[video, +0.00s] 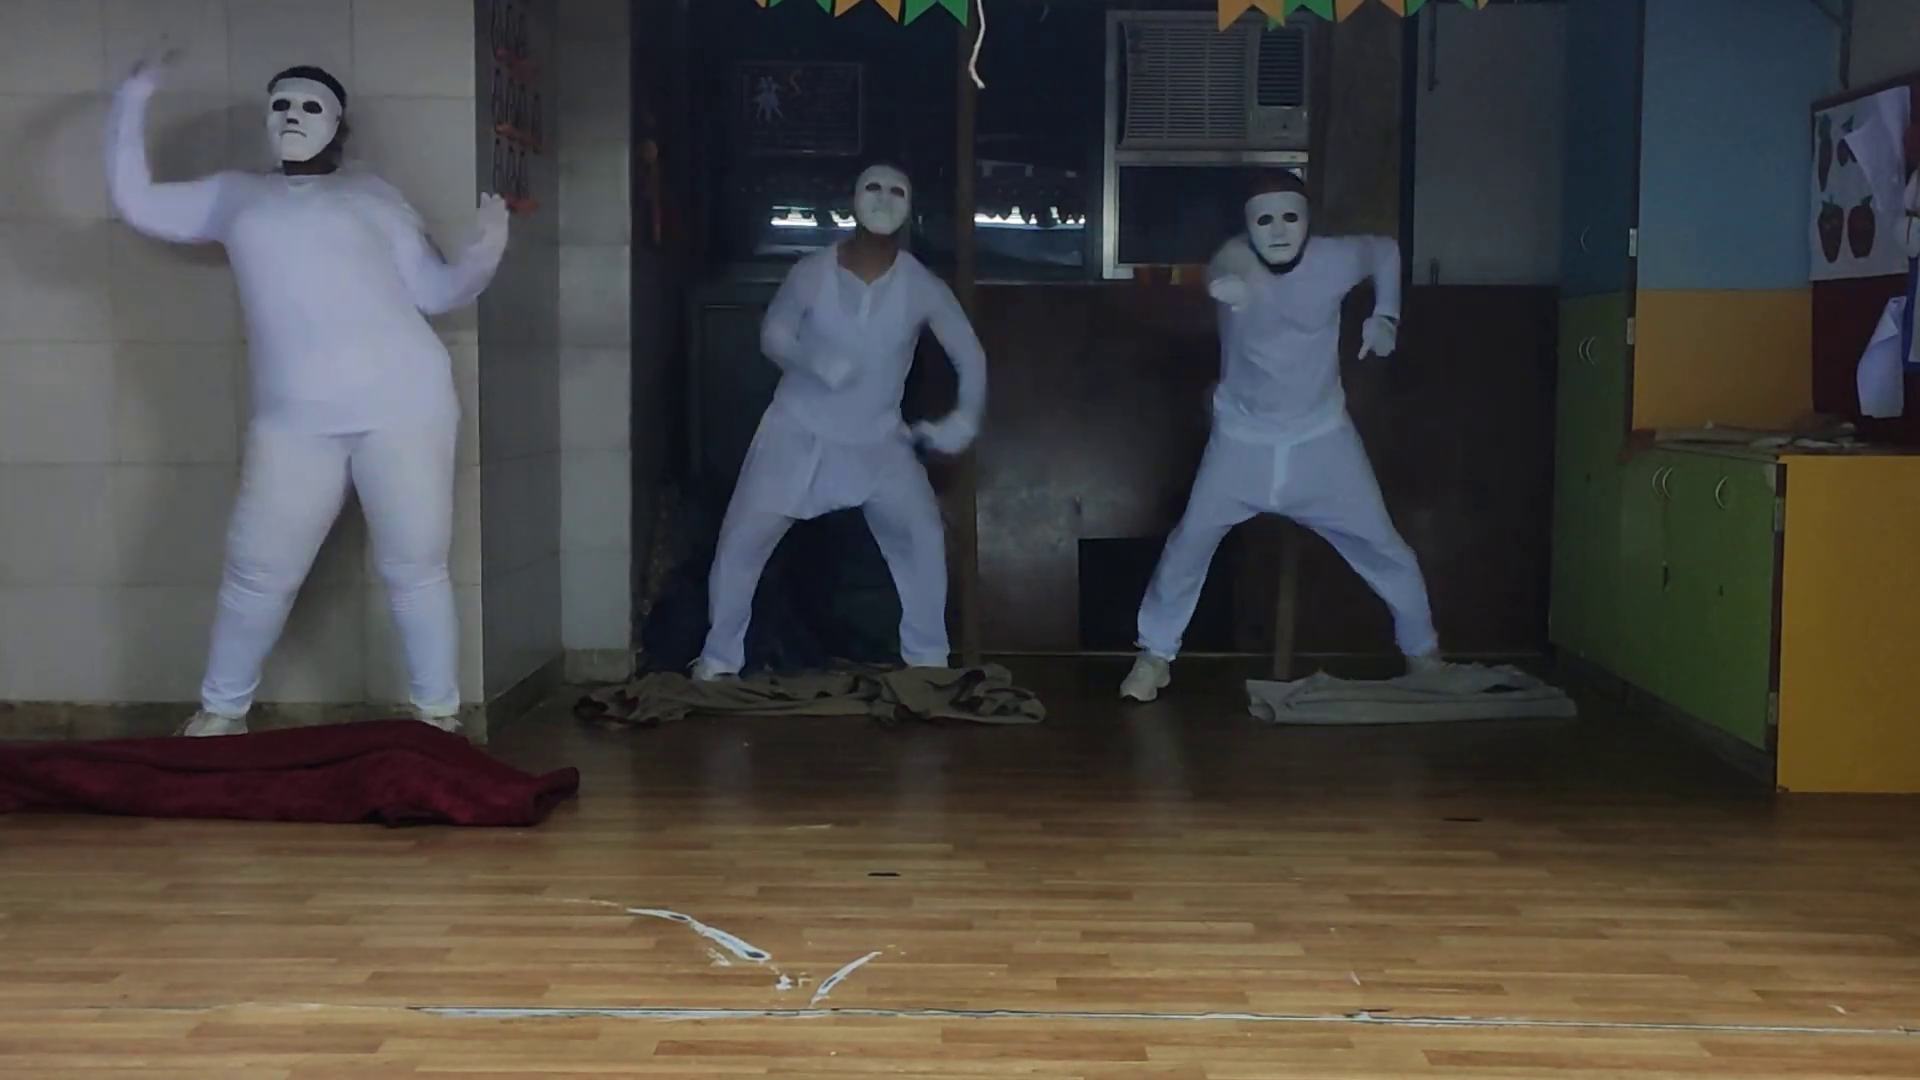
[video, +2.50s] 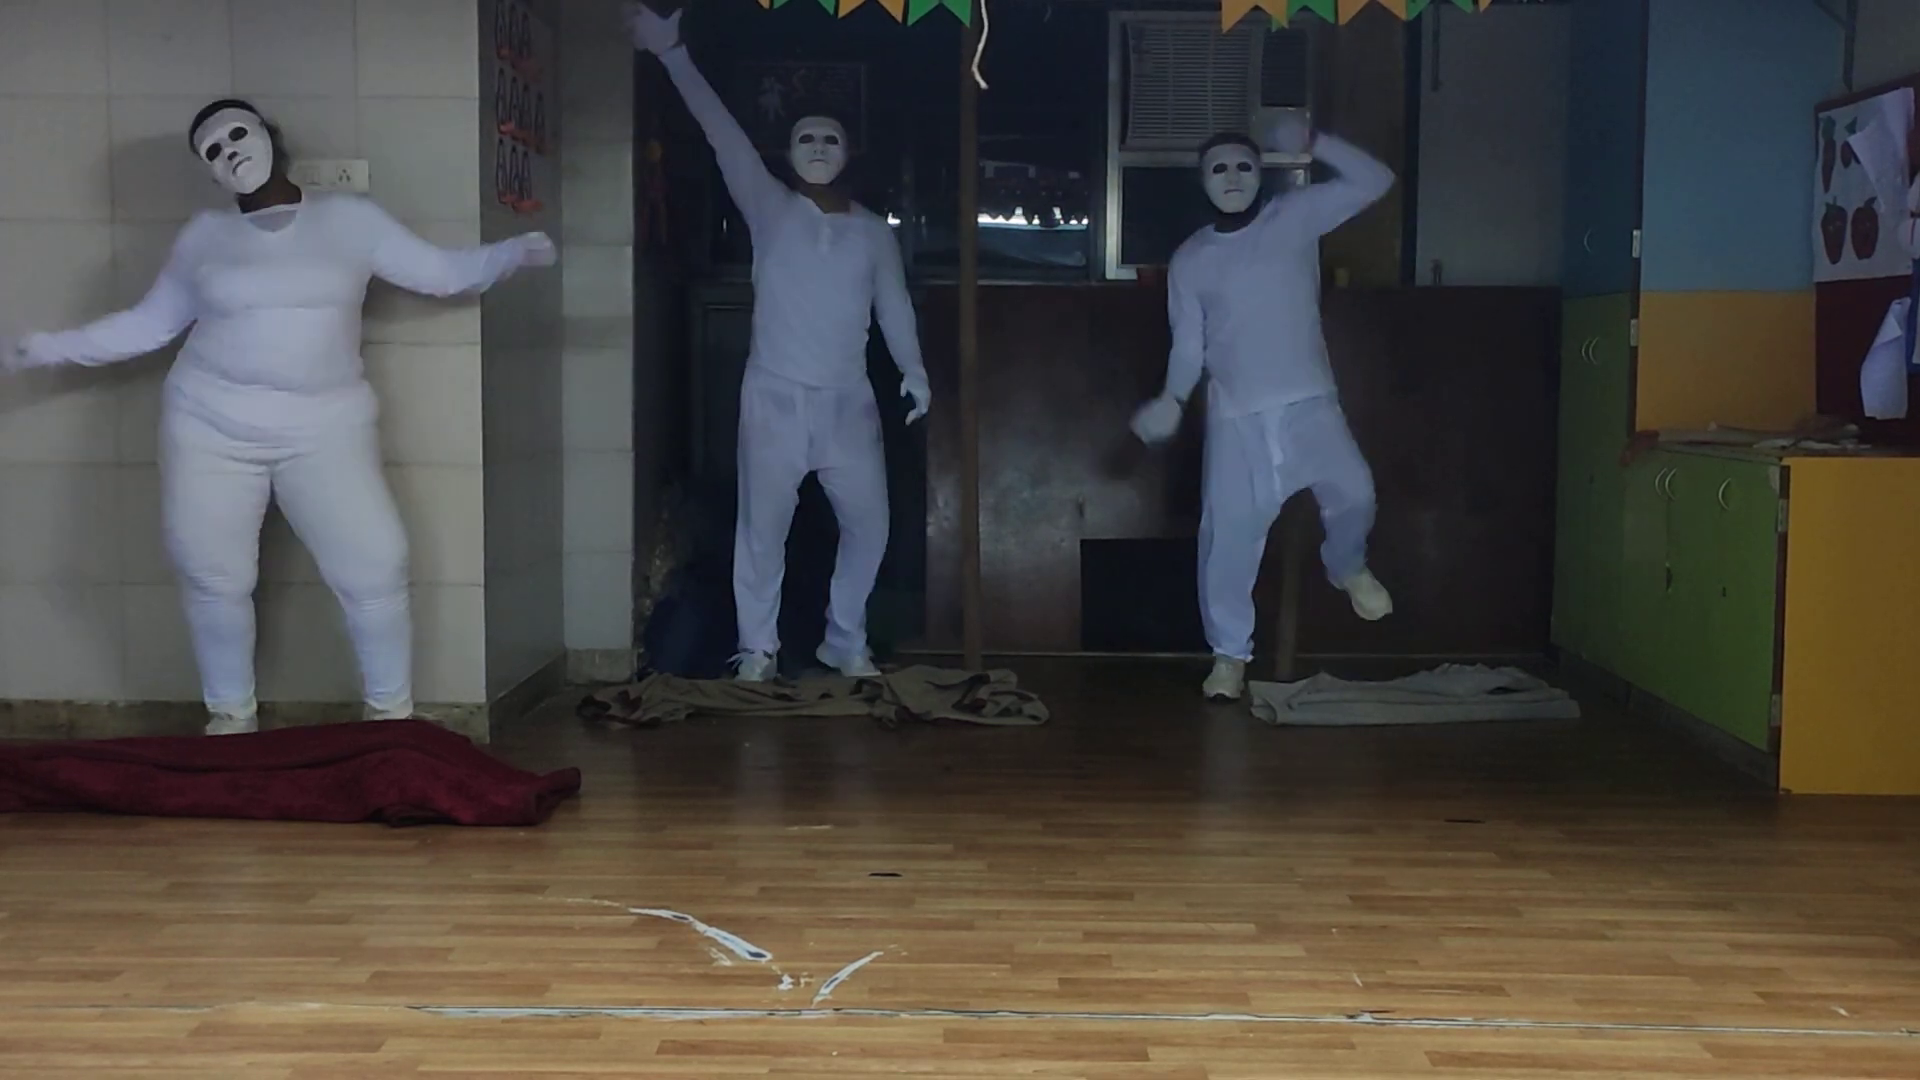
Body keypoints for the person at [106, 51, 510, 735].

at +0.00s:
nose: (292, 118)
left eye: (310, 108)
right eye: (281, 106)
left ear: (338, 123)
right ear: (266, 117)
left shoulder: (376, 199)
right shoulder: (238, 197)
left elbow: (435, 292)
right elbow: (139, 203)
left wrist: (485, 249)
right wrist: (132, 104)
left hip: (404, 408)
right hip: (296, 414)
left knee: (416, 570)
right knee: (257, 573)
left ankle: (439, 719)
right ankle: (220, 717)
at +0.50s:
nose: (311, 119)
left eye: (328, 108)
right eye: (300, 109)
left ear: (358, 125)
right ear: (287, 123)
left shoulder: (396, 195)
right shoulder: (257, 198)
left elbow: (497, 178)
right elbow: (165, 214)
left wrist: (556, 122)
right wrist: (108, 139)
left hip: (353, 414)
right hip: (249, 411)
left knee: (384, 571)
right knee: (241, 572)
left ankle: (431, 715)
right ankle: (249, 715)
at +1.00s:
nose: (326, 129)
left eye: (342, 120)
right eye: (314, 119)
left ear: (367, 137)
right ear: (297, 135)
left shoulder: (400, 222)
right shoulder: (264, 220)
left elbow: (457, 311)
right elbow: (191, 290)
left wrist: (513, 380)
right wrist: (103, 332)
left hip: (407, 423)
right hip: (299, 427)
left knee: (415, 572)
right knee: (268, 574)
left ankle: (429, 713)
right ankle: (260, 713)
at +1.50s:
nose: (270, 129)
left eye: (279, 114)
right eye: (256, 129)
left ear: (312, 120)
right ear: (249, 154)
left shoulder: (367, 199)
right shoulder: (245, 206)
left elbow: (403, 94)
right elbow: (180, 117)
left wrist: (349, 9)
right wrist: (216, 19)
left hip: (336, 424)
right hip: (226, 421)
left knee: (372, 583)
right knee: (224, 580)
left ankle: (424, 719)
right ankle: (222, 726)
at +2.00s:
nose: (333, 161)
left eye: (352, 163)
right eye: (330, 144)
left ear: (363, 183)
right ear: (304, 143)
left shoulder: (377, 239)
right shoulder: (244, 237)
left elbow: (429, 338)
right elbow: (217, 341)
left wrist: (462, 431)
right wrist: (182, 436)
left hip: (395, 428)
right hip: (290, 442)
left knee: (407, 578)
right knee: (239, 580)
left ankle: (414, 715)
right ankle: (231, 716)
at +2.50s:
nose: (231, 153)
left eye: (238, 136)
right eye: (214, 152)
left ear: (271, 138)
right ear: (209, 173)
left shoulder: (350, 221)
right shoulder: (205, 239)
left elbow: (440, 269)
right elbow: (149, 323)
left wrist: (509, 253)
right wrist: (55, 347)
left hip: (327, 430)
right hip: (213, 432)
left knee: (374, 569)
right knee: (214, 580)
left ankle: (391, 716)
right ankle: (230, 720)